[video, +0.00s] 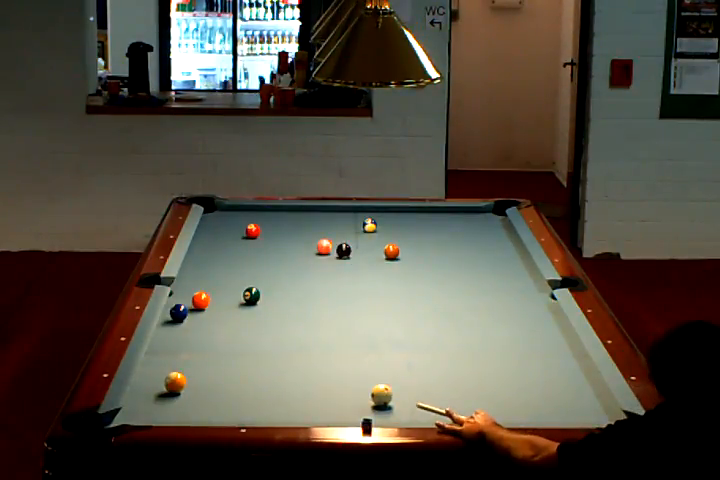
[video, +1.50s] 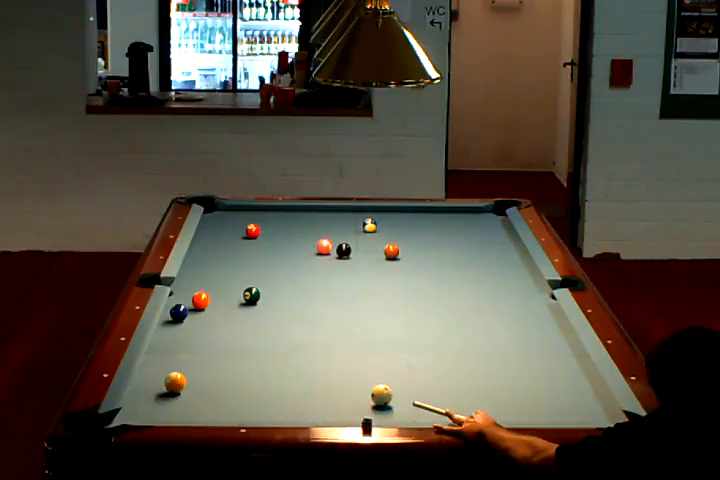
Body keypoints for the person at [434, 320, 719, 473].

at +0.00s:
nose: (647, 374)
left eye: (653, 369)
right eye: (651, 367)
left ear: (664, 381)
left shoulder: (638, 433)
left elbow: (542, 454)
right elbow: (545, 454)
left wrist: (485, 430)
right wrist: (488, 431)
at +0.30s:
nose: (644, 378)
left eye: (651, 373)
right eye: (649, 371)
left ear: (663, 385)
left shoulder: (638, 434)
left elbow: (543, 455)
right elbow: (545, 454)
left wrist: (485, 430)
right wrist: (487, 432)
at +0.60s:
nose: (644, 379)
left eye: (651, 374)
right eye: (649, 371)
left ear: (663, 387)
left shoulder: (637, 435)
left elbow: (543, 456)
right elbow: (546, 454)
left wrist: (485, 430)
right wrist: (489, 431)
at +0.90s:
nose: (644, 379)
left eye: (651, 375)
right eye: (649, 373)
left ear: (664, 387)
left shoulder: (640, 435)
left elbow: (542, 456)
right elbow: (550, 453)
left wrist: (485, 429)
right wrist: (493, 431)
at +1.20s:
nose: (644, 381)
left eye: (651, 376)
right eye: (650, 373)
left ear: (663, 387)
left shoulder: (640, 435)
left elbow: (541, 455)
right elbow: (548, 453)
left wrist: (485, 429)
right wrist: (492, 431)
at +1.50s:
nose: (643, 380)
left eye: (650, 375)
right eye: (648, 373)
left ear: (662, 387)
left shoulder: (640, 436)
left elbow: (542, 457)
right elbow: (546, 455)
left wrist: (485, 429)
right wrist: (489, 431)